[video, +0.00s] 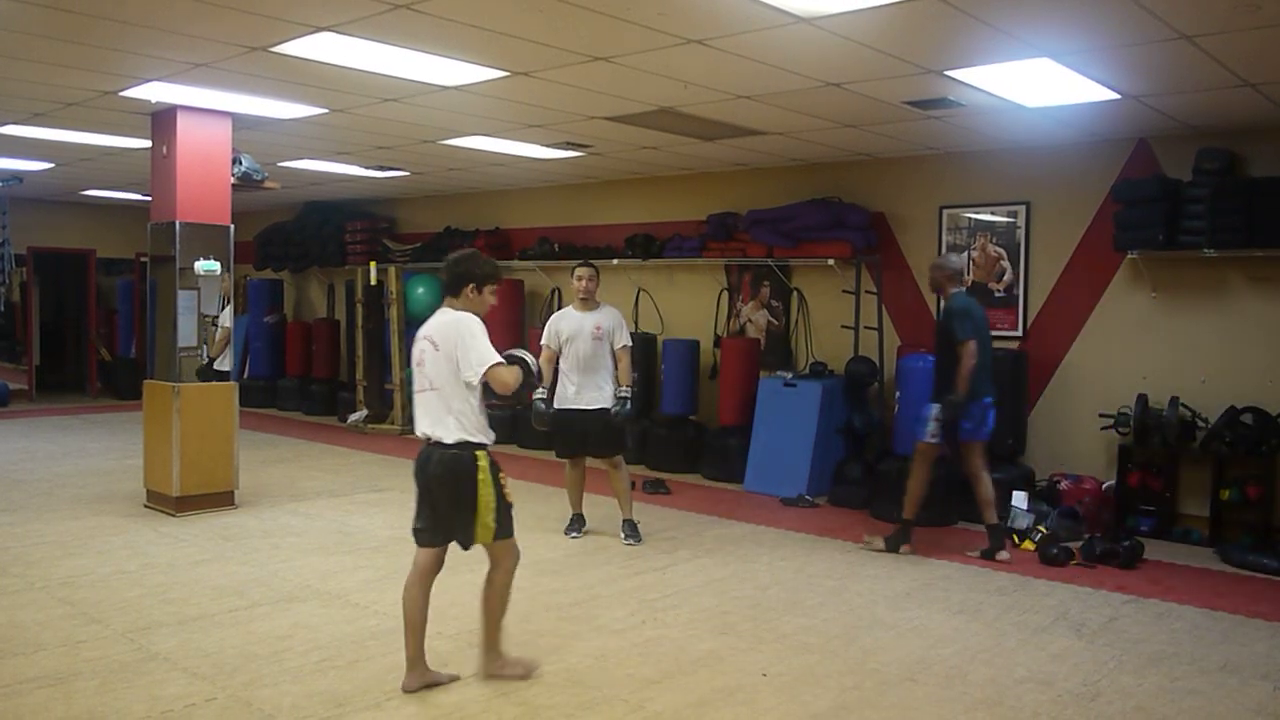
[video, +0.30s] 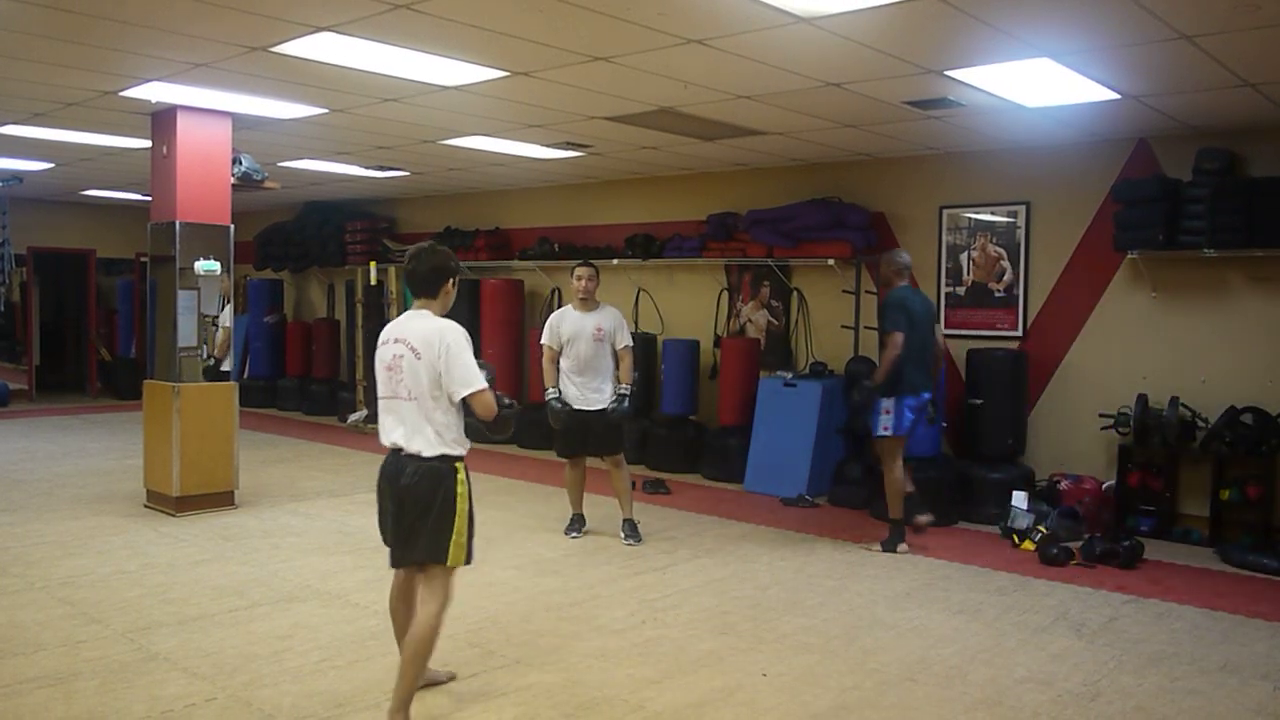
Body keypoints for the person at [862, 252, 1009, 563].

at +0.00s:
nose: (929, 280)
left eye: (932, 275)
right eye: (931, 274)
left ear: (946, 277)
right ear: (954, 277)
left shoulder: (957, 307)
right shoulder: (968, 305)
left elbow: (969, 354)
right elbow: (970, 354)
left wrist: (957, 397)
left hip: (953, 400)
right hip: (977, 400)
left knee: (922, 456)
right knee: (976, 464)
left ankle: (902, 534)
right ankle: (996, 541)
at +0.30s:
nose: (878, 278)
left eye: (880, 273)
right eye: (879, 273)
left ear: (890, 272)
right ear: (908, 272)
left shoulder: (894, 300)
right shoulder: (925, 301)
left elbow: (895, 346)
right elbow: (939, 345)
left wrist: (873, 382)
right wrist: (929, 380)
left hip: (898, 392)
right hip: (920, 391)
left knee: (891, 459)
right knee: (891, 452)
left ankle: (896, 535)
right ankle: (916, 506)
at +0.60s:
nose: (837, 278)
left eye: (839, 273)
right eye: (838, 272)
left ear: (847, 277)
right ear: (866, 277)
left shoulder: (847, 306)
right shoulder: (878, 304)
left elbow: (845, 346)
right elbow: (894, 344)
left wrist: (820, 377)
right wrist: (895, 386)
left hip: (855, 392)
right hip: (874, 390)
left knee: (862, 457)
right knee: (842, 450)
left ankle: (891, 528)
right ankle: (830, 514)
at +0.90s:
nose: (801, 272)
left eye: (804, 267)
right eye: (802, 267)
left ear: (813, 271)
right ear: (826, 272)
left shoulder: (814, 300)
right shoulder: (842, 300)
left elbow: (819, 342)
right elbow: (853, 343)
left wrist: (806, 382)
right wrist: (839, 370)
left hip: (818, 382)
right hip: (841, 382)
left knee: (783, 435)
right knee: (827, 441)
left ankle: (805, 490)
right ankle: (829, 507)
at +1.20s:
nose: (758, 278)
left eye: (760, 274)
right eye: (760, 273)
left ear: (767, 275)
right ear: (784, 274)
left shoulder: (770, 303)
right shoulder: (798, 298)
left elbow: (775, 342)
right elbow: (812, 339)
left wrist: (768, 386)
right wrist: (800, 365)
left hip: (771, 383)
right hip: (799, 381)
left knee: (752, 439)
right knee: (795, 440)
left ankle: (751, 502)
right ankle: (819, 498)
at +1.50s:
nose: (718, 278)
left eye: (720, 274)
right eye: (720, 273)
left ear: (725, 275)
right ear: (742, 274)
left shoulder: (726, 301)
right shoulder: (758, 299)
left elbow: (723, 337)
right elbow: (773, 334)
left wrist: (708, 363)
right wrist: (777, 371)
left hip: (734, 376)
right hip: (756, 374)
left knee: (738, 435)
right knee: (734, 430)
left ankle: (750, 500)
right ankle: (740, 485)